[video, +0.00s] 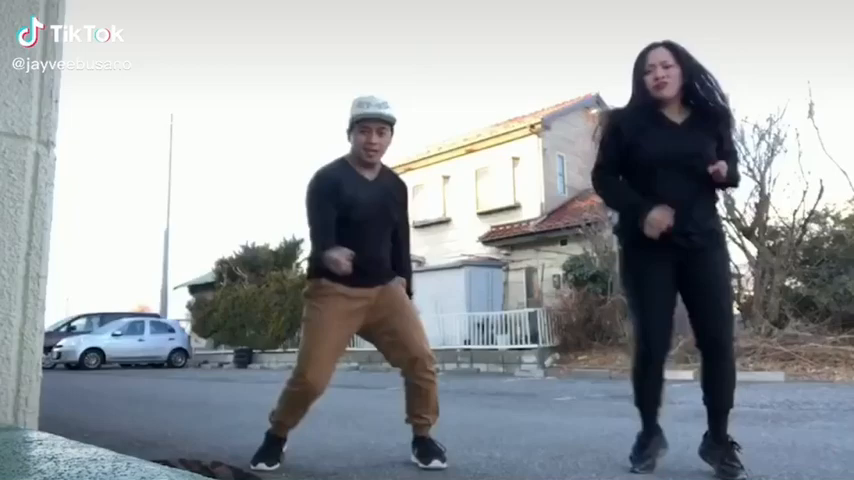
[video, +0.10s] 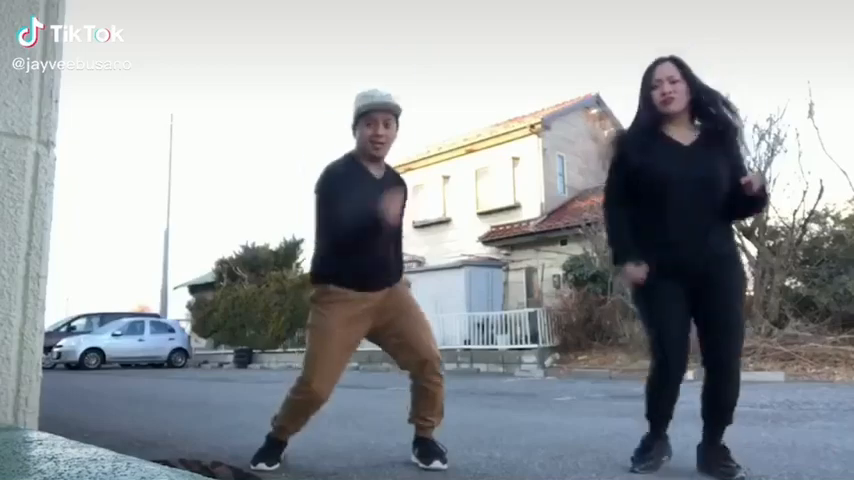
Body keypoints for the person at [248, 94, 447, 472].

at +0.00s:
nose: (373, 139)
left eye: (381, 132)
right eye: (365, 131)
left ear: (390, 138)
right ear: (350, 134)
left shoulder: (395, 186)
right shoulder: (327, 181)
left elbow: (401, 244)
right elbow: (321, 237)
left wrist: (405, 289)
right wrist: (329, 253)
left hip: (386, 293)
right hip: (334, 293)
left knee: (421, 358)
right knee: (310, 381)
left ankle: (424, 439)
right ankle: (275, 438)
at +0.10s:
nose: (379, 132)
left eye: (387, 125)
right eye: (370, 124)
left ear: (396, 132)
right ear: (356, 129)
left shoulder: (395, 182)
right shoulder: (336, 176)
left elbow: (391, 239)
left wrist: (396, 283)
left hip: (390, 295)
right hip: (340, 298)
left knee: (429, 362)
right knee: (315, 388)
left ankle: (425, 440)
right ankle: (276, 441)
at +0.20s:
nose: (384, 101)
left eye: (392, 94)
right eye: (376, 93)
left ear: (401, 101)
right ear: (361, 98)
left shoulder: (403, 154)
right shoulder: (340, 136)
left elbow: (386, 210)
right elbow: (316, 181)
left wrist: (394, 257)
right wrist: (374, 172)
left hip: (393, 268)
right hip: (344, 265)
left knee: (423, 355)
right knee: (324, 365)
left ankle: (420, 434)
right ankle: (279, 431)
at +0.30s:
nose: (386, 80)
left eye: (395, 73)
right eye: (377, 72)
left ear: (405, 79)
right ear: (362, 77)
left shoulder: (408, 134)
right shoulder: (343, 112)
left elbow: (391, 186)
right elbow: (324, 165)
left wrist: (391, 229)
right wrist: (374, 199)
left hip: (388, 240)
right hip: (344, 235)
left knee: (417, 331)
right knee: (353, 331)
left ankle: (390, 423)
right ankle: (309, 398)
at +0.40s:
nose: (389, 83)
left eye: (398, 75)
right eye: (379, 74)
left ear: (407, 80)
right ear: (363, 79)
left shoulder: (408, 136)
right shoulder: (345, 121)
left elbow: (396, 194)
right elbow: (338, 183)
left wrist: (392, 238)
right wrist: (375, 228)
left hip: (383, 237)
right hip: (341, 232)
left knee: (409, 338)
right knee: (380, 310)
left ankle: (375, 438)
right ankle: (334, 394)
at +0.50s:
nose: (397, 99)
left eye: (405, 90)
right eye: (386, 90)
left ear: (414, 95)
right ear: (369, 96)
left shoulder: (408, 154)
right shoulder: (354, 143)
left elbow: (394, 207)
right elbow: (343, 211)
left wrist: (405, 241)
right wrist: (381, 253)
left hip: (384, 256)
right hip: (339, 249)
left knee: (410, 353)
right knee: (382, 312)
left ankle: (366, 447)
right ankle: (345, 439)